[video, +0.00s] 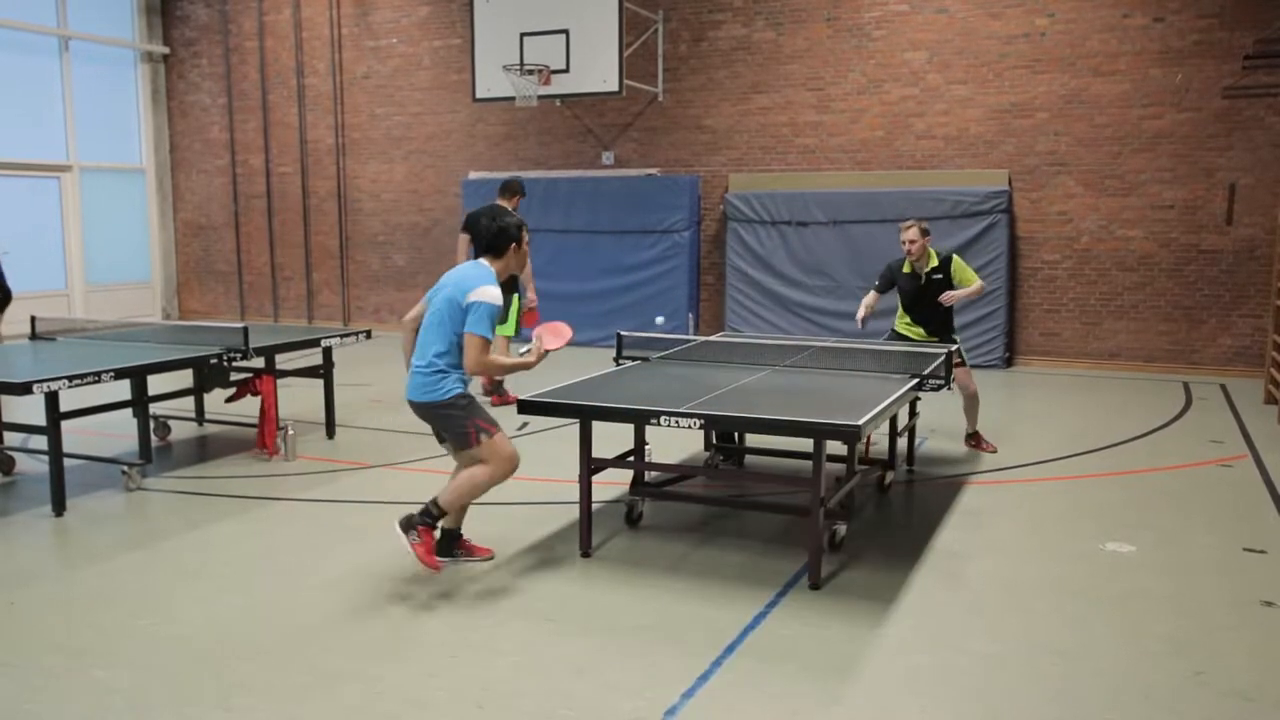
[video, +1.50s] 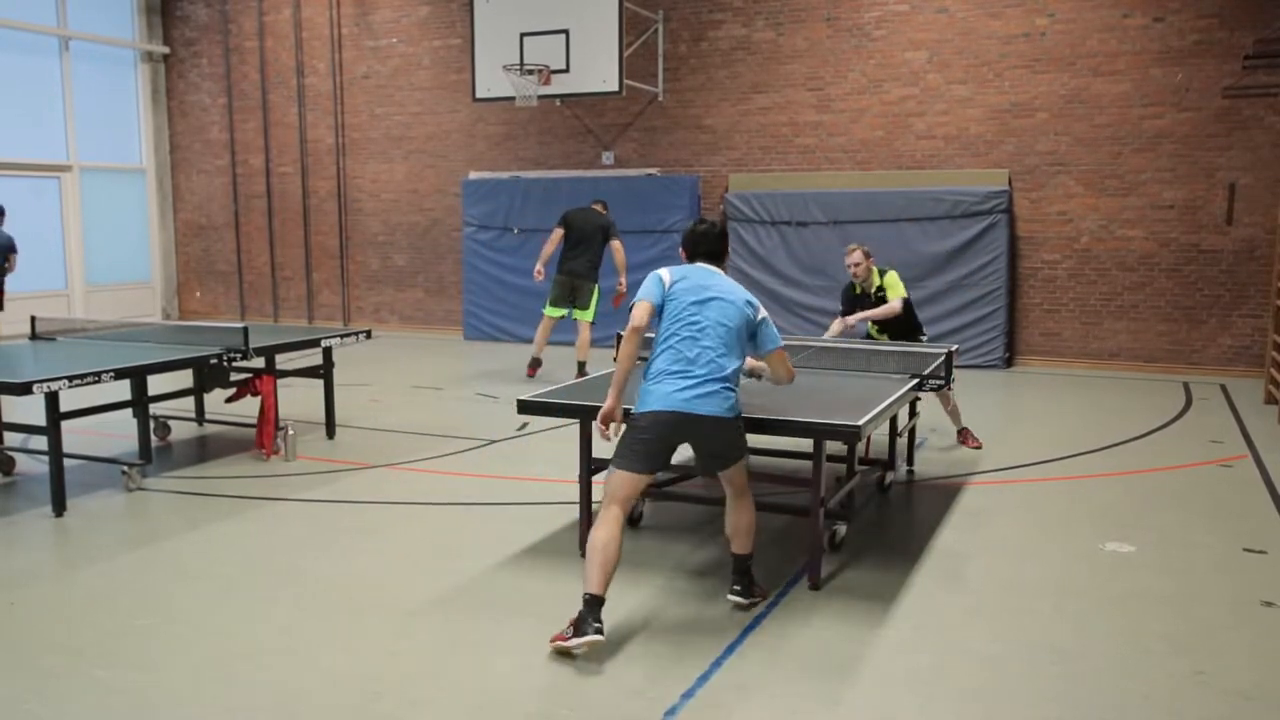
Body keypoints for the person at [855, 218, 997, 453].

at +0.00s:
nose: (907, 248)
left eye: (912, 242)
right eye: (903, 243)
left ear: (927, 240)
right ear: (901, 244)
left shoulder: (948, 262)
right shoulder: (896, 268)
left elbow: (978, 285)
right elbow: (874, 294)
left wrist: (959, 294)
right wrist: (864, 307)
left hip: (942, 338)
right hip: (904, 335)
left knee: (970, 390)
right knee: (873, 377)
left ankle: (972, 434)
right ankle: (864, 432)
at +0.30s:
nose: (850, 255)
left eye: (854, 250)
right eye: (847, 251)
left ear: (871, 246)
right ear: (847, 251)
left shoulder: (897, 259)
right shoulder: (848, 278)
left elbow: (934, 266)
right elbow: (826, 309)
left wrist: (938, 274)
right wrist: (800, 313)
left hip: (902, 343)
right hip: (865, 344)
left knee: (934, 389)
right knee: (836, 385)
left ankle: (964, 433)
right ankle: (810, 437)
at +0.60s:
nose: (814, 271)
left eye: (819, 265)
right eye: (811, 267)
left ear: (833, 264)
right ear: (809, 269)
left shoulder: (852, 274)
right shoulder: (810, 296)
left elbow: (875, 280)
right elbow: (793, 319)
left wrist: (896, 294)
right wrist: (771, 324)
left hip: (874, 349)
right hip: (838, 354)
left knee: (912, 387)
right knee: (817, 390)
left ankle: (937, 434)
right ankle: (809, 439)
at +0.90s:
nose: (853, 254)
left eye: (859, 248)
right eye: (849, 249)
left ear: (871, 249)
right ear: (845, 252)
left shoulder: (890, 269)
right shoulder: (839, 281)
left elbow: (919, 289)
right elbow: (829, 314)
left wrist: (916, 305)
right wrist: (817, 324)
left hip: (894, 350)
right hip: (856, 352)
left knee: (927, 386)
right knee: (826, 388)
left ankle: (937, 433)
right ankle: (810, 439)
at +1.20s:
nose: (869, 239)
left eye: (874, 233)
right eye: (865, 234)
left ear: (886, 232)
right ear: (861, 236)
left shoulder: (909, 250)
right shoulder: (858, 262)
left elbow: (936, 277)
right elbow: (850, 291)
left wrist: (917, 298)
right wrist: (843, 310)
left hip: (910, 324)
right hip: (874, 323)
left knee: (935, 374)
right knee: (855, 371)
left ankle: (954, 427)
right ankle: (859, 431)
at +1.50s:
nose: (852, 271)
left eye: (856, 265)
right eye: (848, 267)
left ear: (870, 263)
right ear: (846, 268)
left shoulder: (889, 277)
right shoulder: (850, 291)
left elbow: (896, 307)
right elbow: (844, 321)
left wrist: (858, 317)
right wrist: (822, 342)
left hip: (912, 341)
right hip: (878, 344)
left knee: (941, 385)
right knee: (859, 384)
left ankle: (961, 430)